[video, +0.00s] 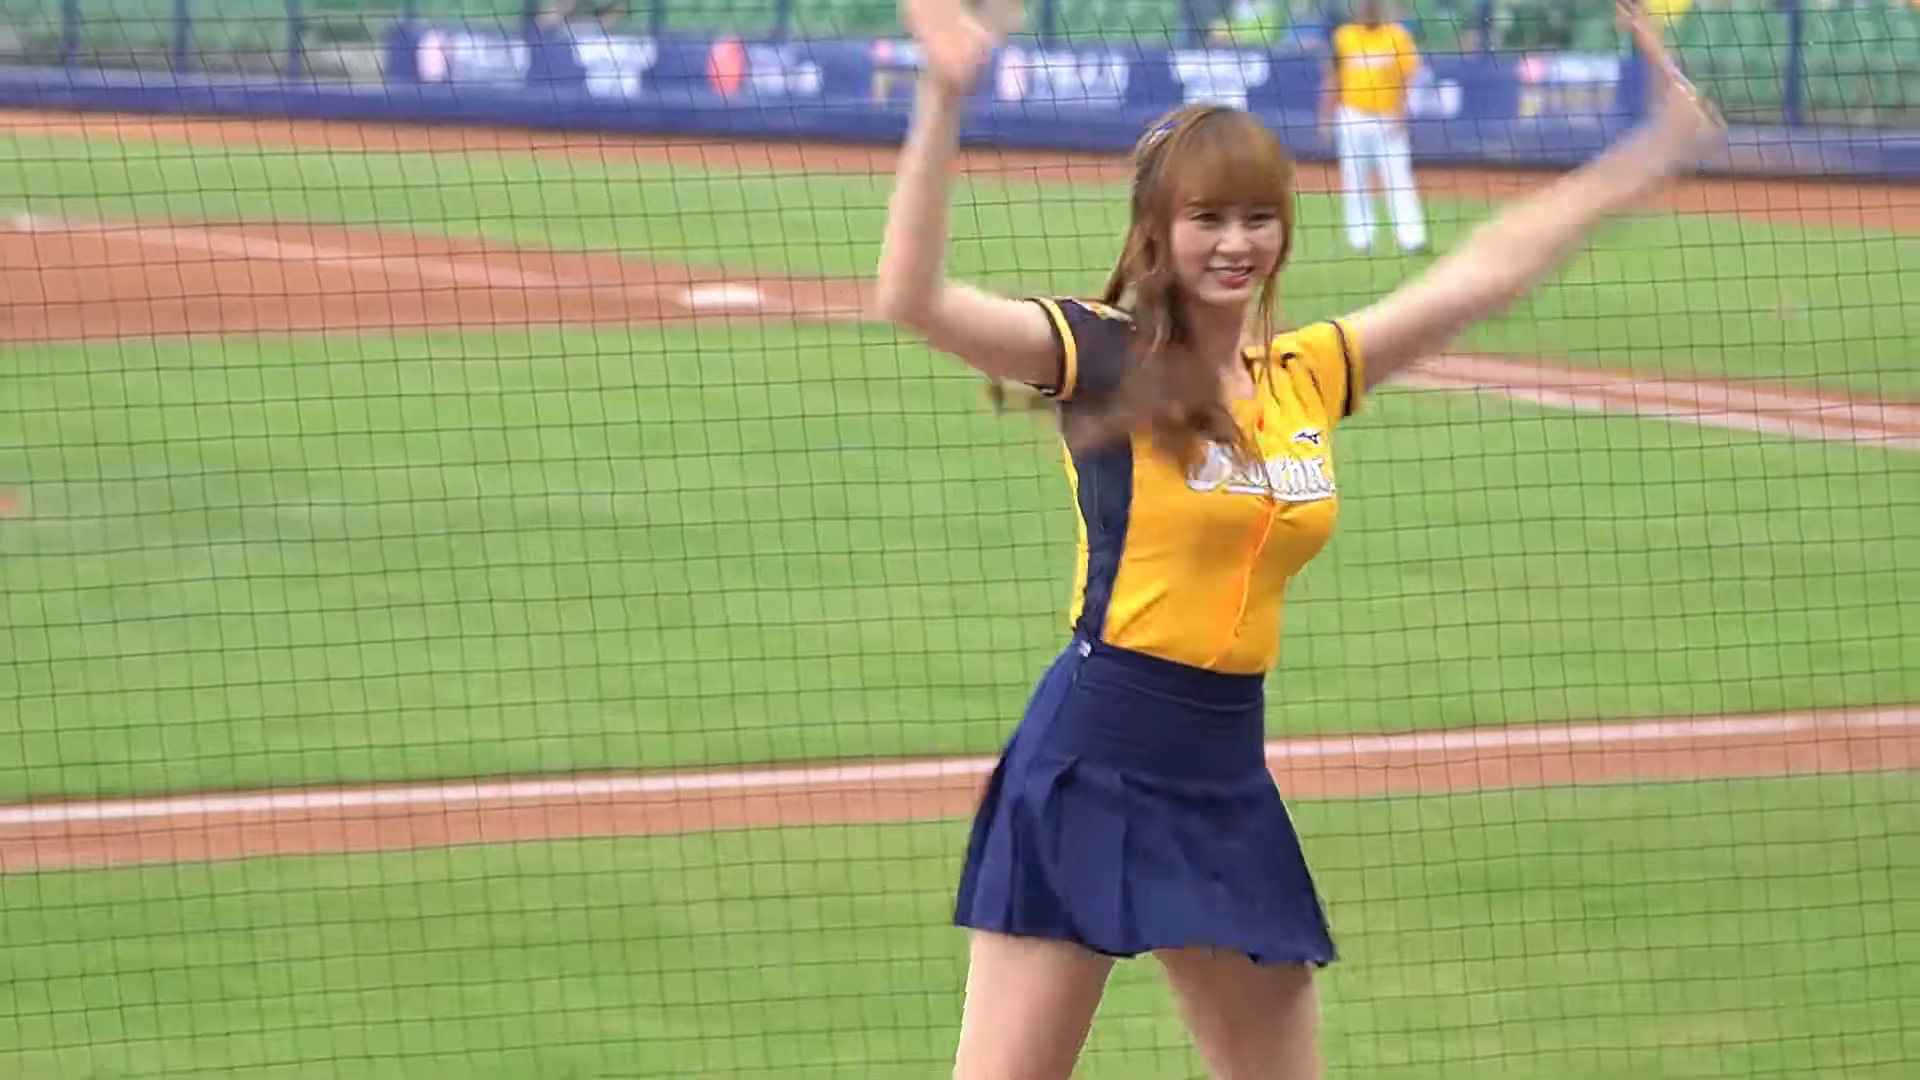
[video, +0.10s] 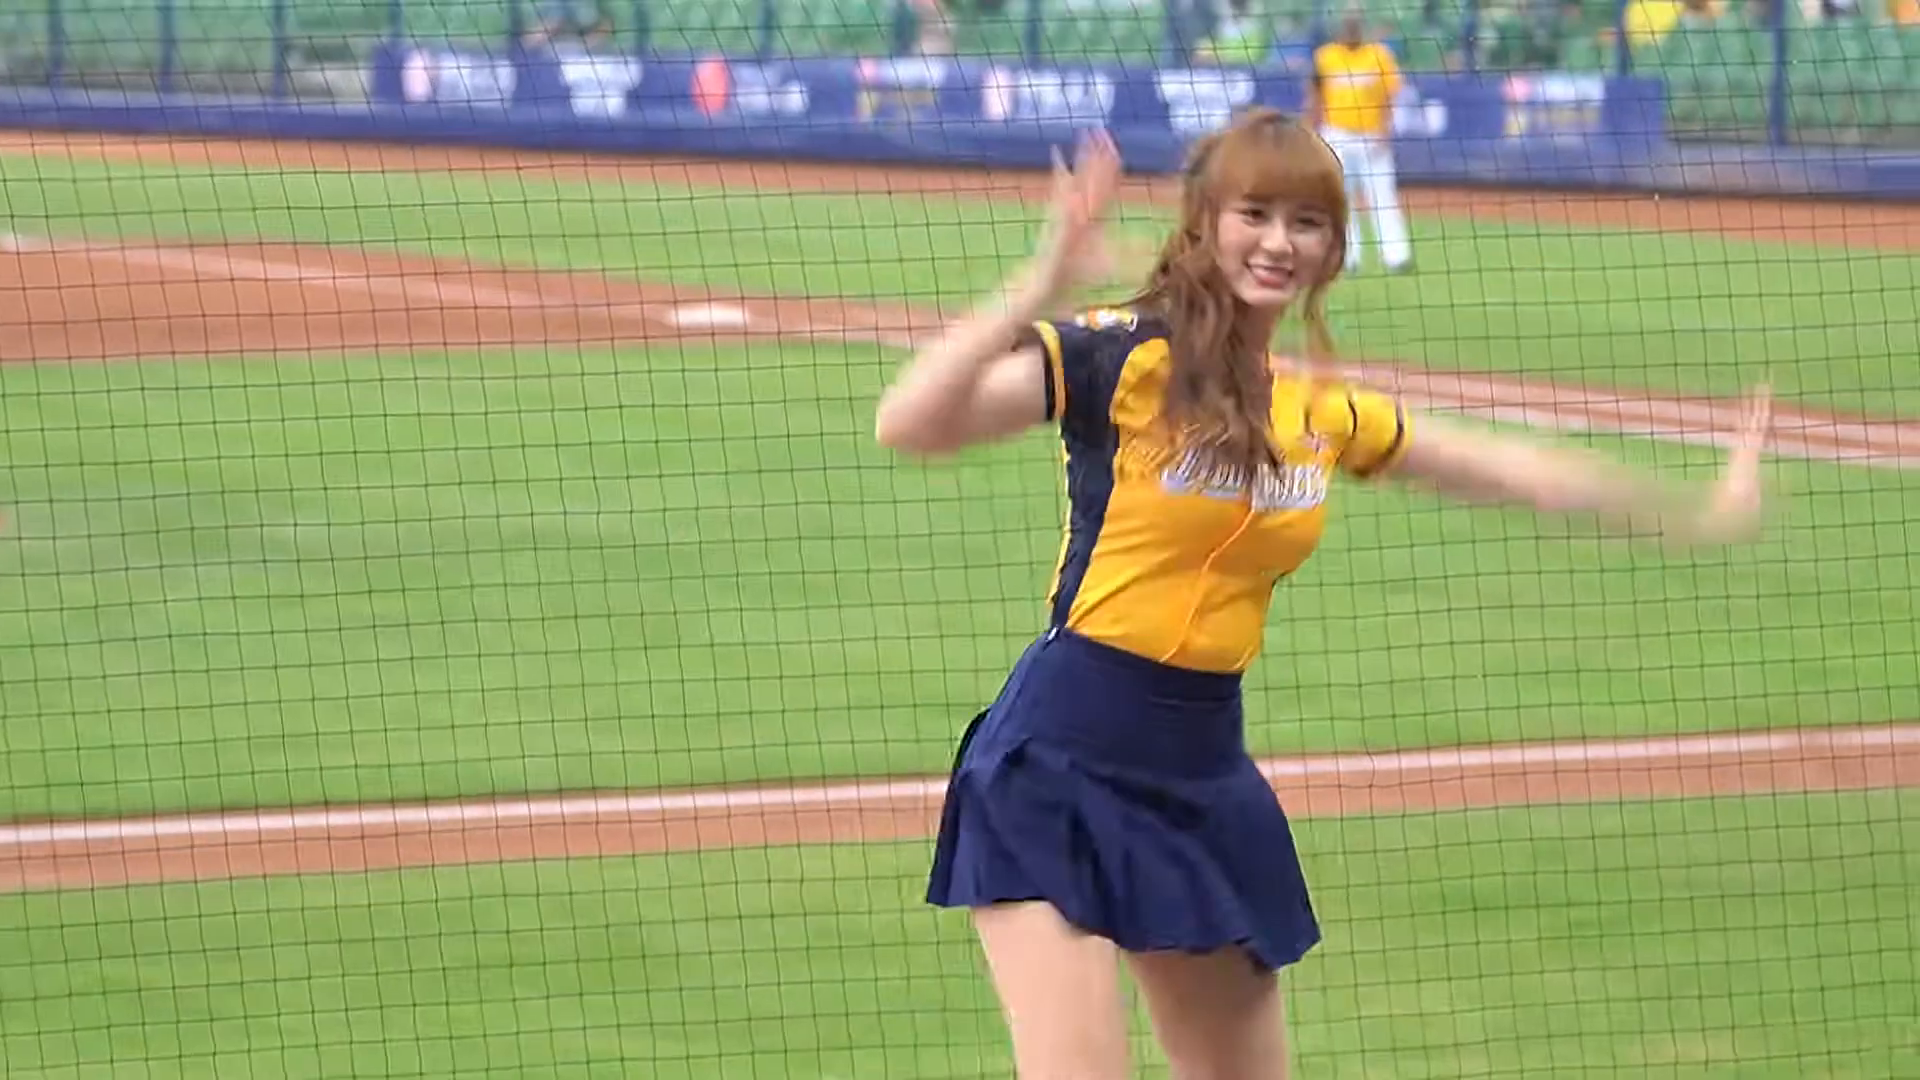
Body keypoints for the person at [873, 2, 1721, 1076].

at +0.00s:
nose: (1237, 240)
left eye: (1260, 216)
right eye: (1209, 216)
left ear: (1288, 230)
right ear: (1157, 231)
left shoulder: (1311, 370)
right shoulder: (1106, 356)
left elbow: (1487, 268)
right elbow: (913, 298)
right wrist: (941, 95)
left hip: (1225, 779)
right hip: (1089, 762)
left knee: (1279, 1064)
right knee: (1005, 1063)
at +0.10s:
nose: (1279, 242)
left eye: (1307, 223)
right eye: (1255, 213)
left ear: (1332, 250)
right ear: (1201, 223)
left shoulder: (1326, 410)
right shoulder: (1112, 358)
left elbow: (1527, 472)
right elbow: (906, 424)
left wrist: (1696, 512)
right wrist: (1038, 284)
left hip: (1202, 775)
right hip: (1055, 759)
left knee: (1251, 1063)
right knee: (1078, 1064)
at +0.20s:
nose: (1295, 306)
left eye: (1321, 287)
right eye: (1270, 277)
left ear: (1343, 314)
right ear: (1218, 288)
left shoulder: (1316, 508)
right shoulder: (1118, 436)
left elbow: (1422, 670)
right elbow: (916, 555)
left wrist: (1538, 816)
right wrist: (1056, 429)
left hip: (1184, 849)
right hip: (1032, 831)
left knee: (1263, 1061)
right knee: (1119, 1068)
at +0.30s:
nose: (1274, 331)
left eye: (1299, 310)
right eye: (1249, 301)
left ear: (1318, 334)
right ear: (1196, 310)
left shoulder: (1302, 532)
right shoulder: (1088, 450)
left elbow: (1391, 740)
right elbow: (876, 538)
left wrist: (1463, 919)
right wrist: (992, 416)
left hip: (1178, 850)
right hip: (1034, 838)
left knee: (1266, 1058)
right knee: (1089, 1063)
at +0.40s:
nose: (1225, 286)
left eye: (1251, 268)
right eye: (1203, 256)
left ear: (1270, 292)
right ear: (1145, 259)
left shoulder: (1259, 461)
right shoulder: (1023, 394)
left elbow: (1408, 622)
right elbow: (791, 406)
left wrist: (1564, 764)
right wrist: (889, 272)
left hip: (1169, 801)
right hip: (1015, 794)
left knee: (1224, 1062)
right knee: (1001, 1065)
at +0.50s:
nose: (1149, 286)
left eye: (1174, 266)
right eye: (1123, 258)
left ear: (1196, 289)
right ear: (1059, 267)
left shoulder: (1208, 433)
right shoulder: (949, 402)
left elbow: (1418, 475)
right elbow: (733, 317)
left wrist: (1620, 511)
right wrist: (762, 146)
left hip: (1140, 814)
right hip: (976, 814)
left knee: (1209, 1069)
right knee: (927, 1066)